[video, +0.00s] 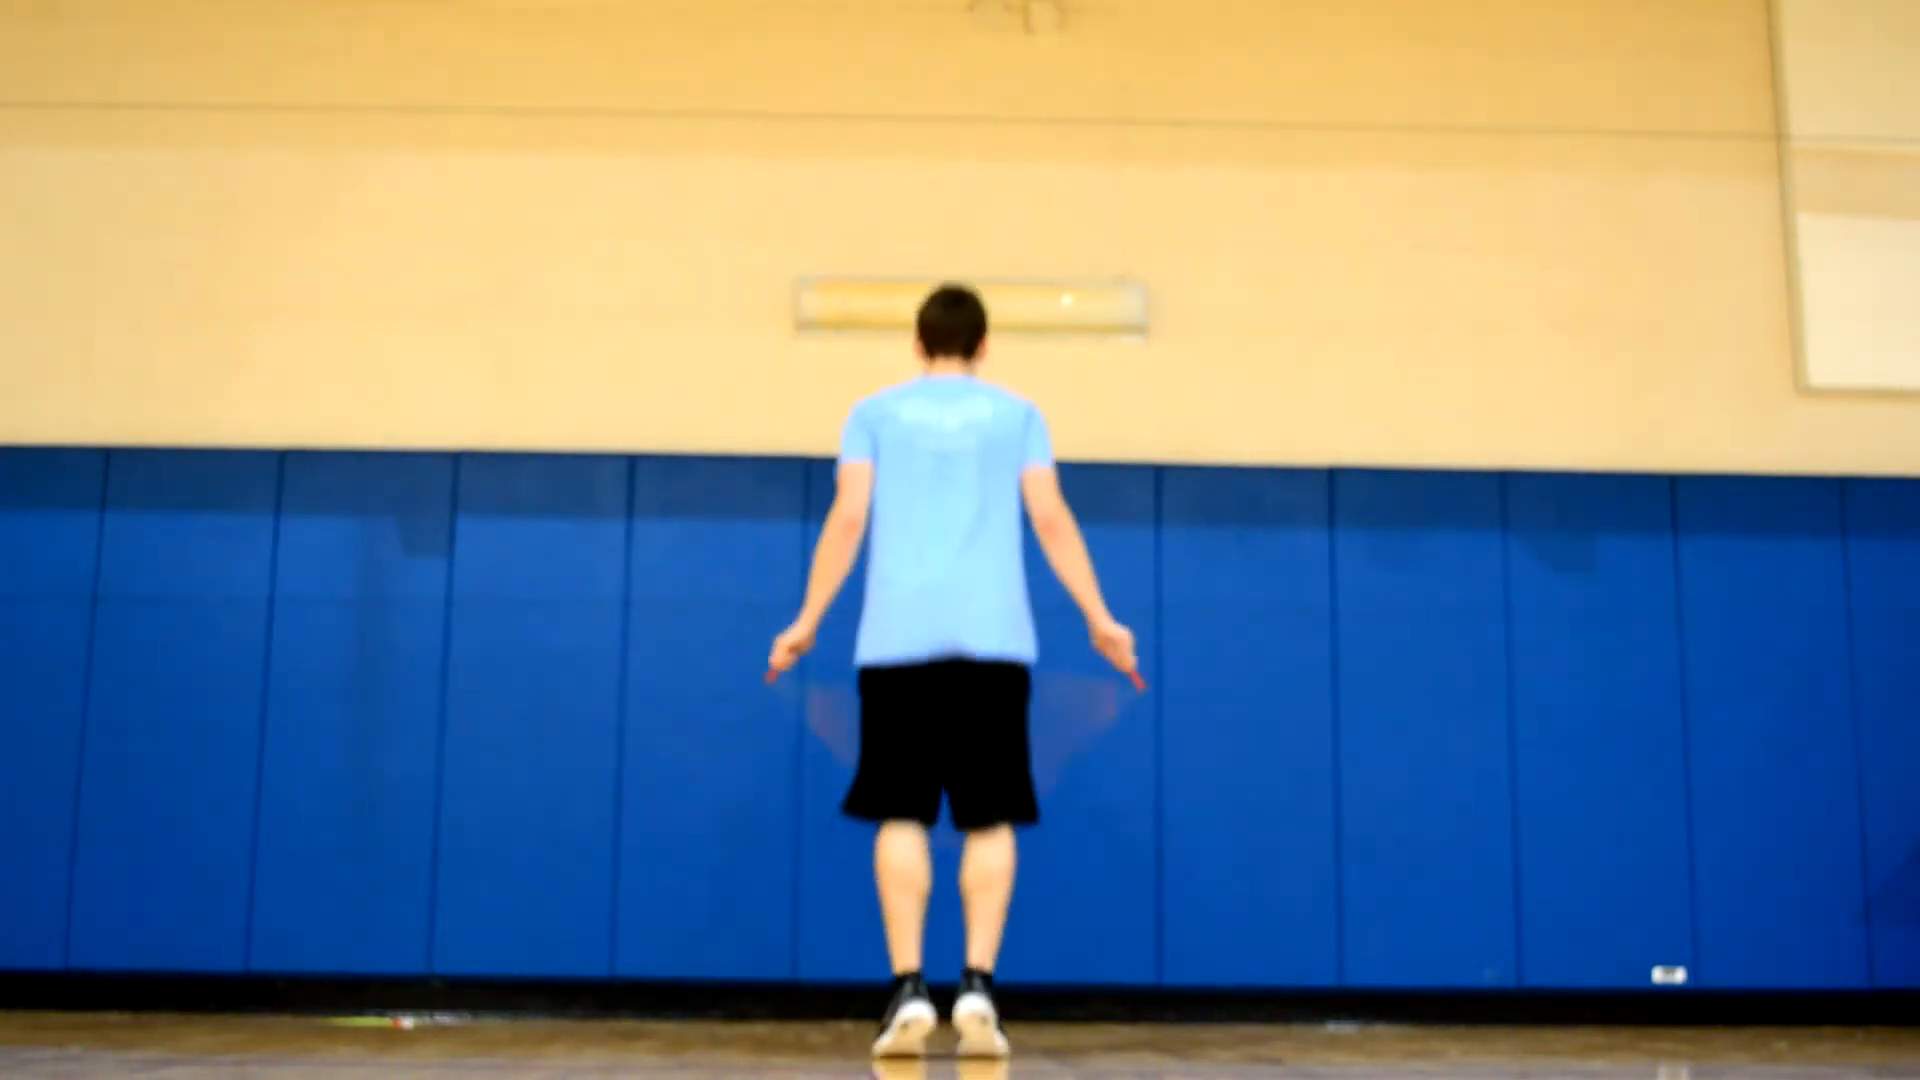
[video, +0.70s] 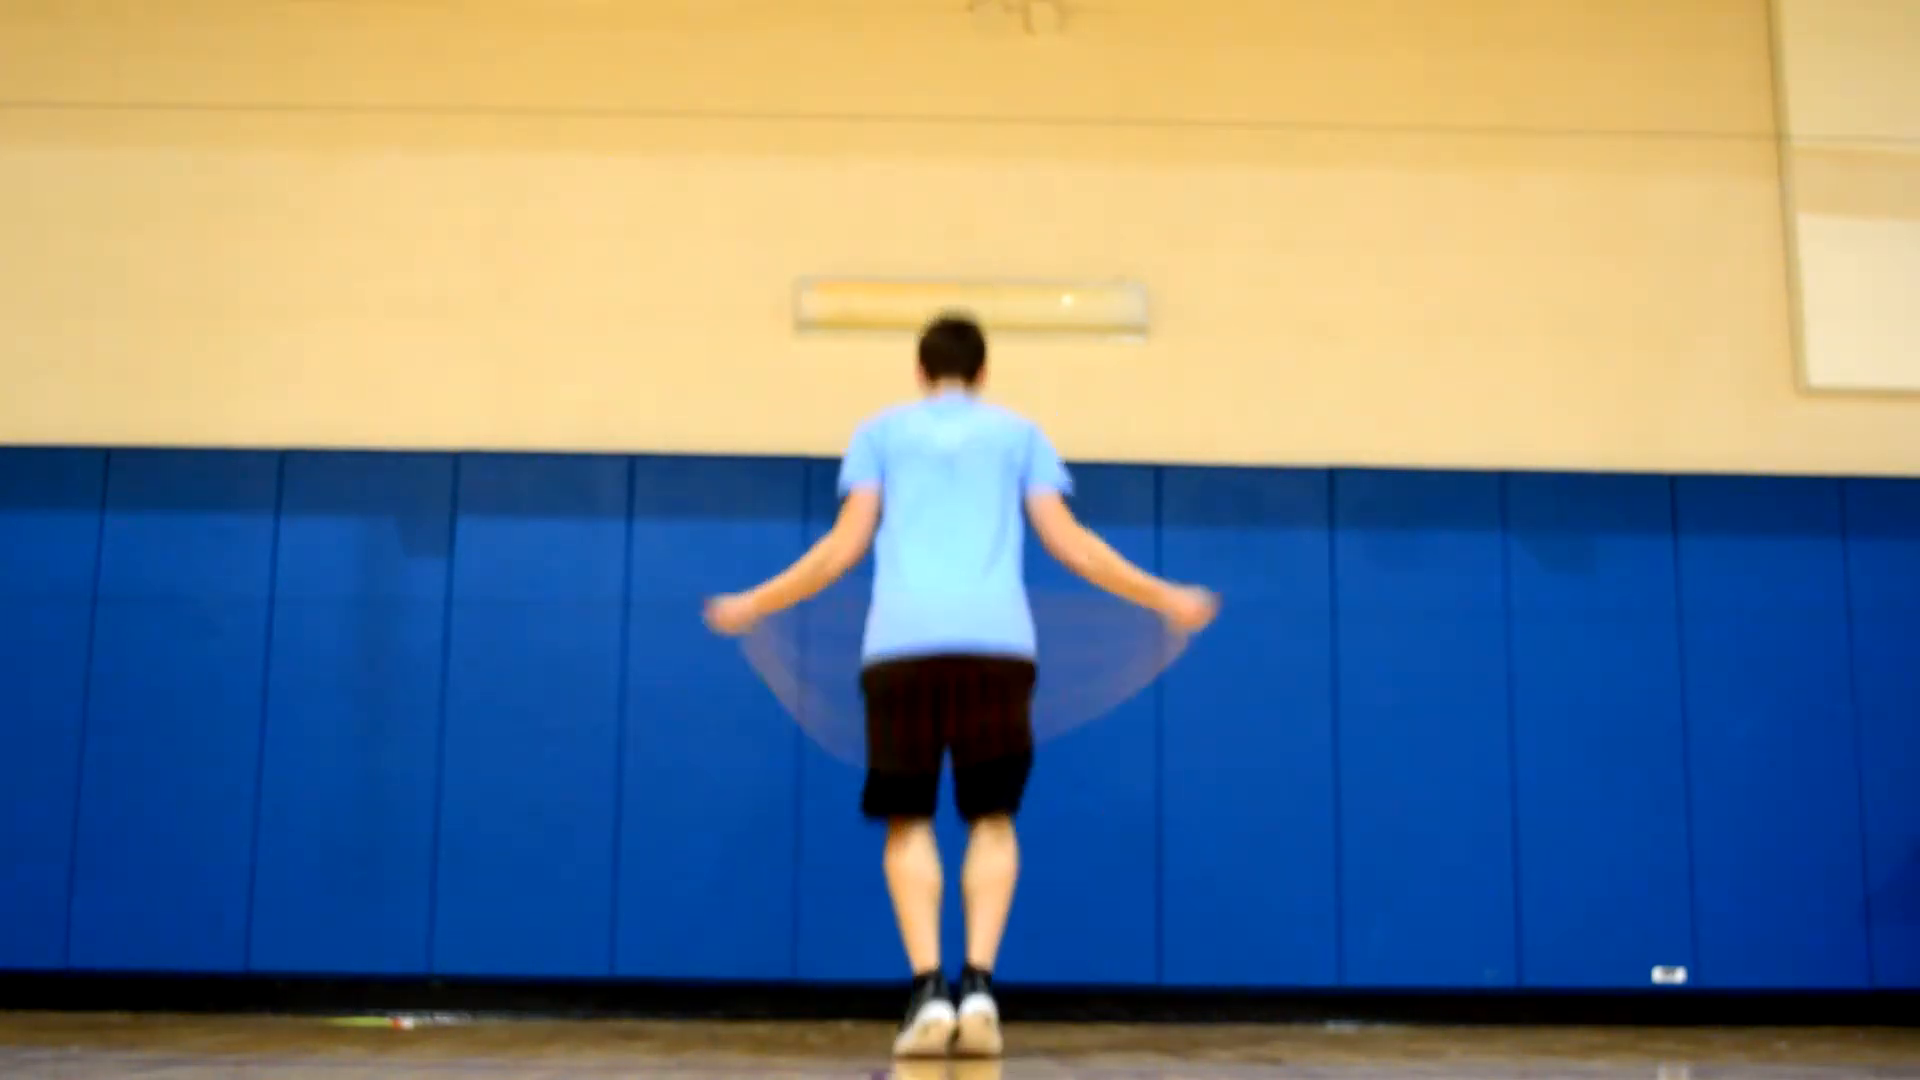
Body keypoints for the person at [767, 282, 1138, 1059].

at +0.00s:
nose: (959, 352)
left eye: (929, 339)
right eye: (976, 341)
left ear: (918, 342)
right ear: (984, 345)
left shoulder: (873, 414)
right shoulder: (1017, 416)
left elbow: (847, 525)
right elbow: (1052, 524)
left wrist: (807, 621)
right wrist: (1099, 620)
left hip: (898, 653)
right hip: (992, 653)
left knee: (901, 817)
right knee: (990, 819)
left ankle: (910, 990)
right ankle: (977, 988)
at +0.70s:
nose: (939, 379)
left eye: (928, 366)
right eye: (971, 369)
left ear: (920, 370)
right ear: (984, 372)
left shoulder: (881, 433)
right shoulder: (1019, 435)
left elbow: (845, 546)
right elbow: (1069, 544)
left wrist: (752, 604)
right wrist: (1167, 598)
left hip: (902, 655)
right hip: (996, 654)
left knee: (908, 821)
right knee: (992, 818)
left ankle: (931, 991)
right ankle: (977, 986)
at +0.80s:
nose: (945, 443)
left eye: (928, 432)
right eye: (971, 433)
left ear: (919, 439)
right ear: (985, 442)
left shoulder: (876, 508)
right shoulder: (1024, 514)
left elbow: (791, 583)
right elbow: (1119, 575)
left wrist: (695, 549)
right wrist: (1209, 538)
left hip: (896, 732)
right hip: (1000, 732)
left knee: (882, 888)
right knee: (1011, 880)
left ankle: (930, 1017)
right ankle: (973, 1014)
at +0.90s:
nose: (953, 385)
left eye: (938, 371)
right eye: (970, 372)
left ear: (922, 372)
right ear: (986, 376)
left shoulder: (878, 425)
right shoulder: (1023, 436)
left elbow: (794, 486)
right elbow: (1113, 493)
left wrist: (712, 476)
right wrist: (1190, 480)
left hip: (897, 669)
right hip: (990, 671)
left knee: (900, 826)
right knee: (989, 829)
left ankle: (923, 990)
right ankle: (976, 989)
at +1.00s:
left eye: (934, 297)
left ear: (921, 297)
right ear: (985, 301)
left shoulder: (885, 326)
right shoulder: (1021, 341)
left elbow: (795, 410)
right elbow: (1107, 428)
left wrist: (743, 467)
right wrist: (1174, 488)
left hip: (900, 542)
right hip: (991, 545)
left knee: (910, 701)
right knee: (978, 701)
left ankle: (919, 874)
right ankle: (967, 868)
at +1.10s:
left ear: (917, 300)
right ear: (977, 300)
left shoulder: (884, 320)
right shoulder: (1019, 326)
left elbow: (827, 419)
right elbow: (1073, 436)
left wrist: (804, 515)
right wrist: (1104, 533)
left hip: (909, 452)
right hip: (996, 452)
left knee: (913, 600)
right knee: (974, 595)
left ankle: (904, 761)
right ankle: (954, 750)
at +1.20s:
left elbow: (867, 468)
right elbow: (1013, 500)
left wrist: (952, 514)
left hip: (909, 372)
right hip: (1003, 369)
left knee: (916, 536)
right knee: (970, 529)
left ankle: (914, 665)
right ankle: (949, 655)